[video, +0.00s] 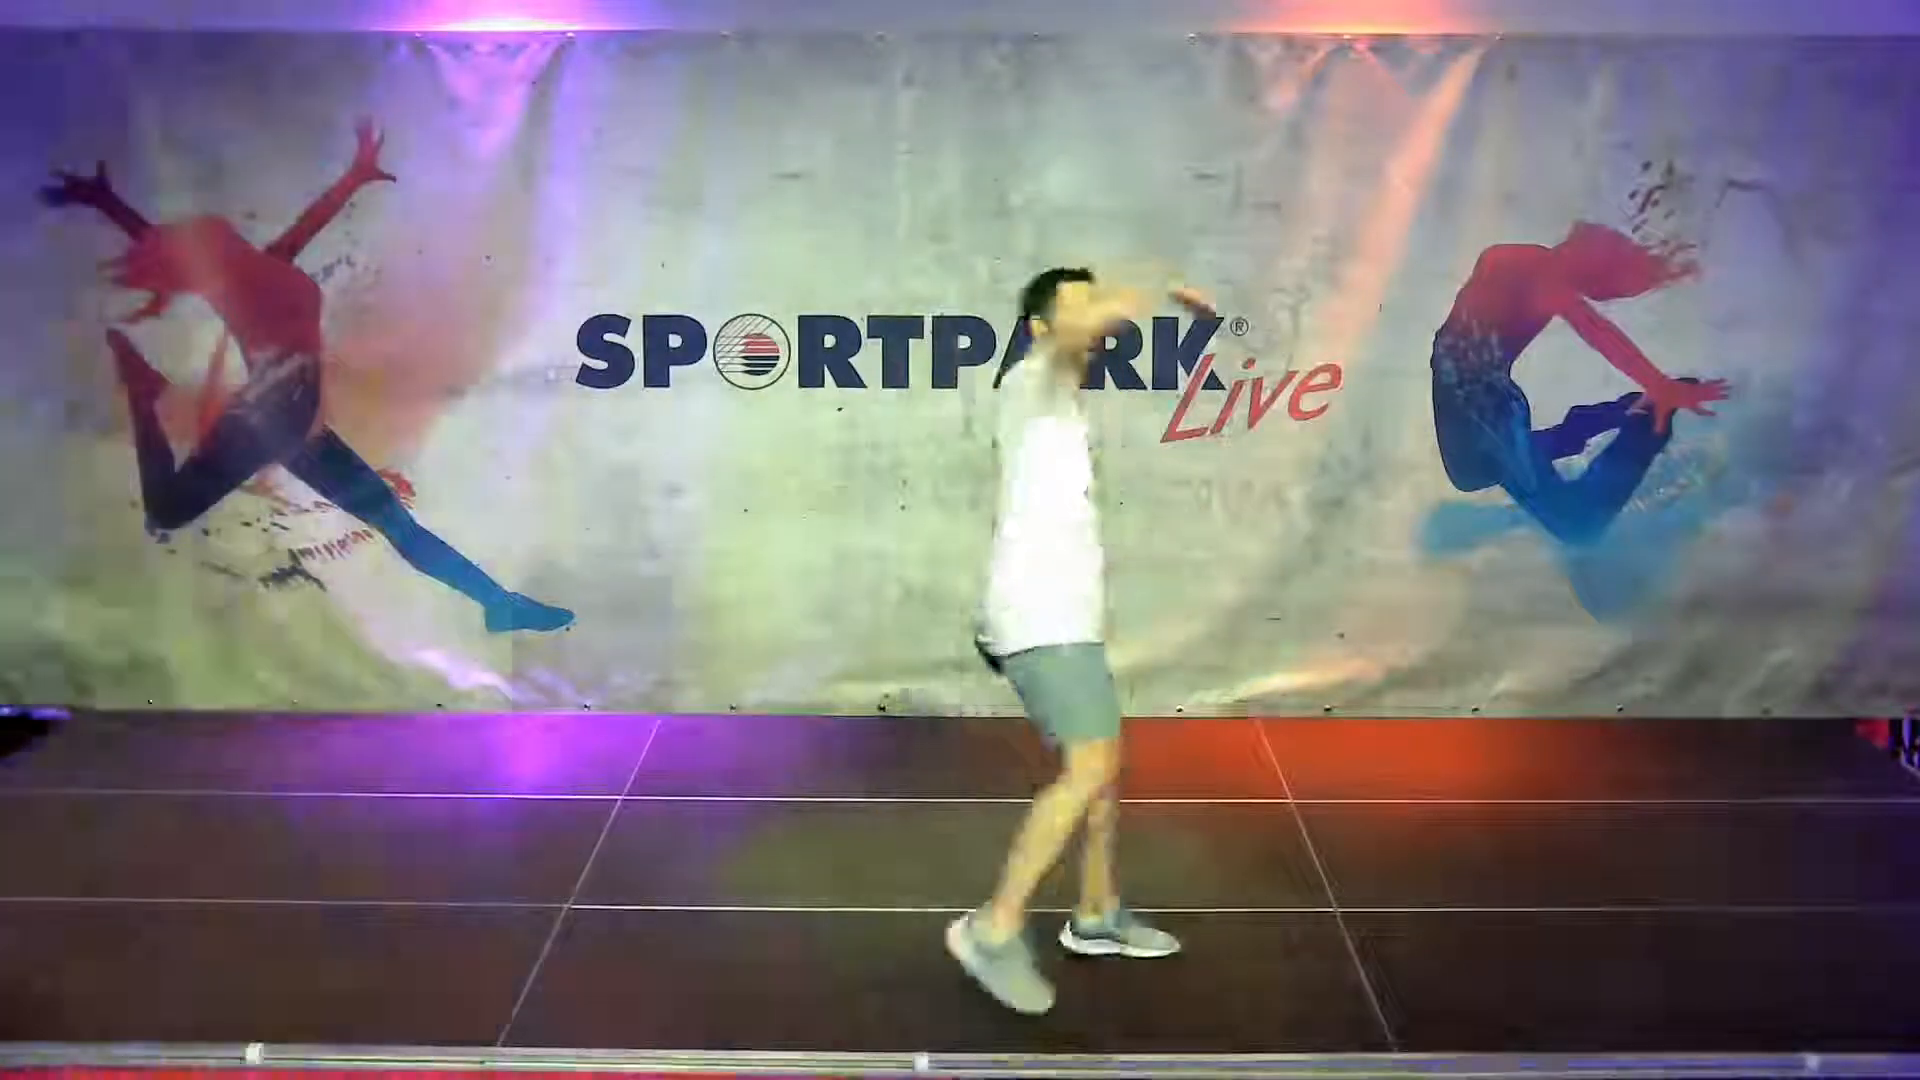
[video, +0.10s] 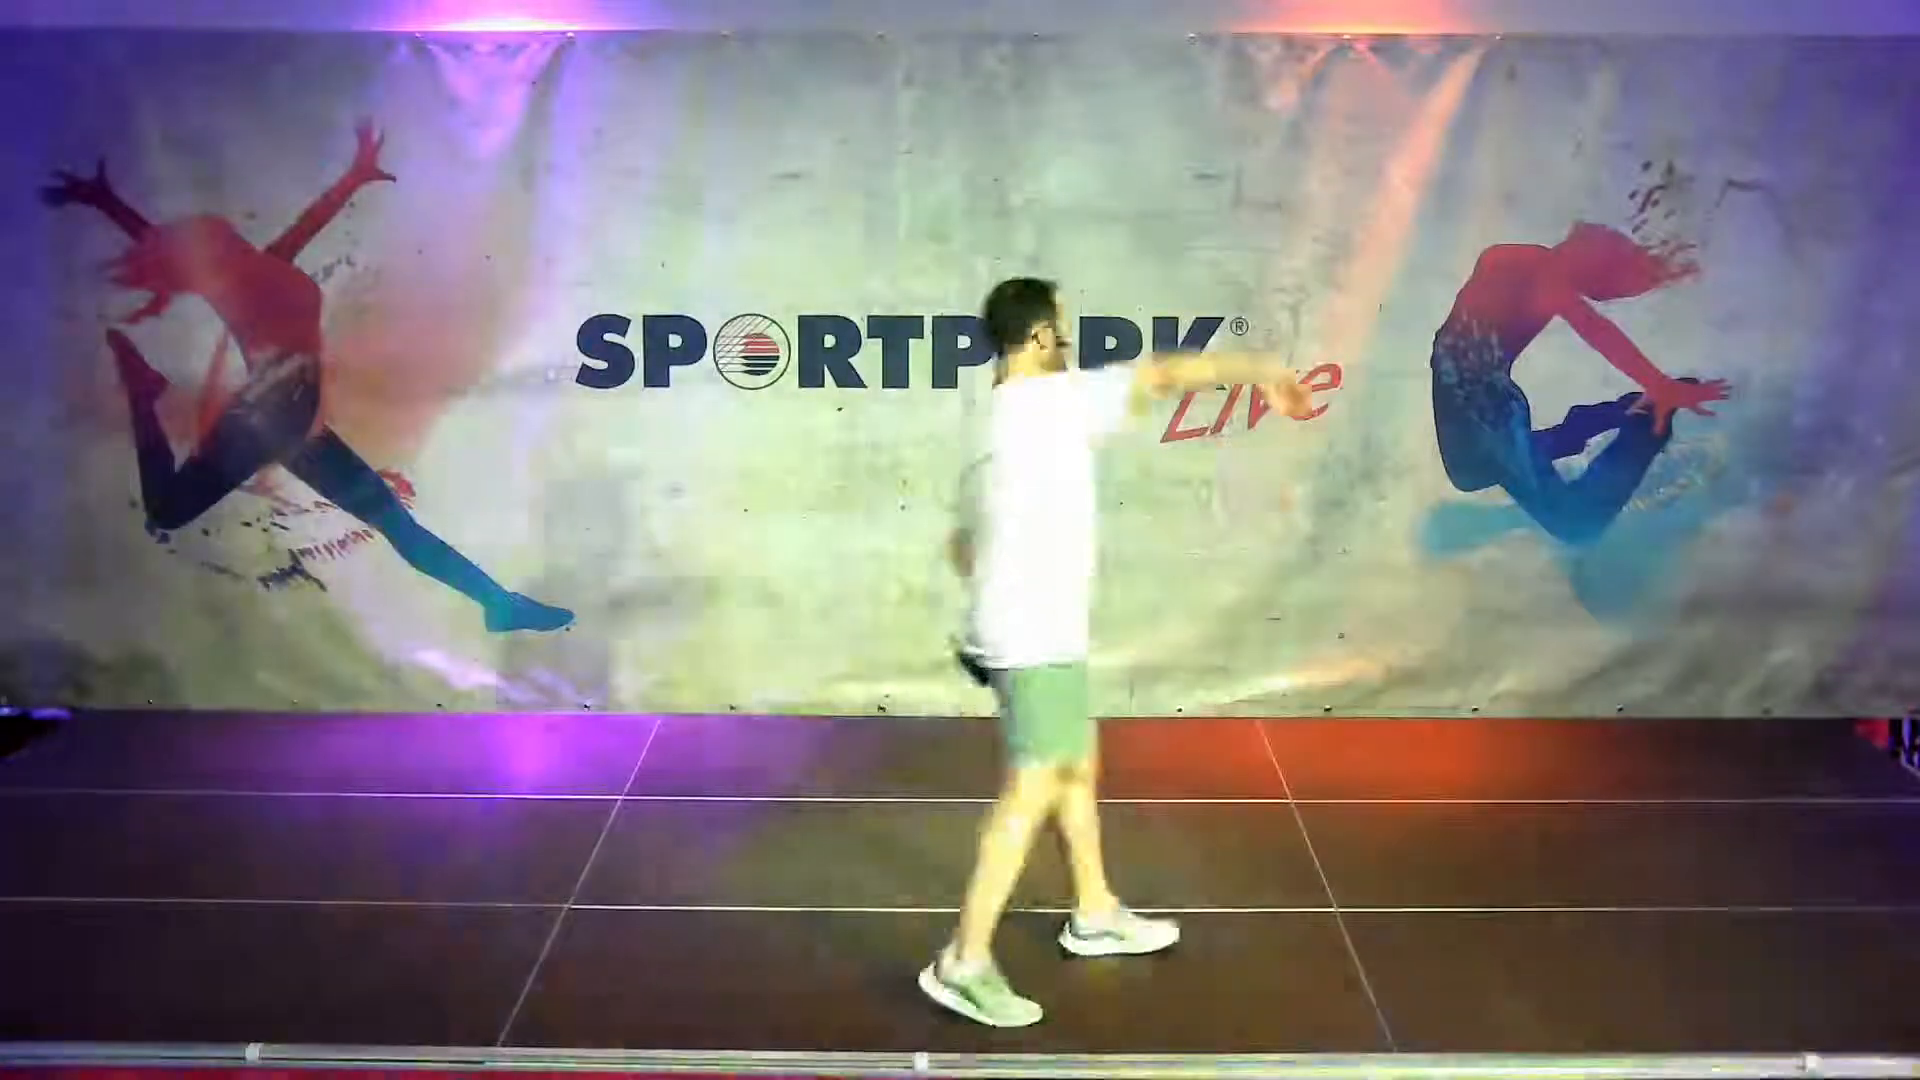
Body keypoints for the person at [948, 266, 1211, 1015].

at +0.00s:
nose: (1101, 321)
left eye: (1101, 307)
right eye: (1086, 307)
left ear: (1065, 326)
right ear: (1042, 323)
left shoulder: (1062, 397)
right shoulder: (1032, 385)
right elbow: (1085, 322)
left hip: (1065, 613)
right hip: (1035, 615)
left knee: (1102, 762)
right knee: (1088, 765)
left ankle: (1097, 913)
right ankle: (993, 928)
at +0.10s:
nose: (1068, 341)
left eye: (1064, 330)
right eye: (1063, 329)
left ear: (1002, 343)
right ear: (1043, 335)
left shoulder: (989, 415)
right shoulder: (1057, 396)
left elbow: (963, 542)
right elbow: (1164, 371)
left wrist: (998, 604)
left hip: (1023, 629)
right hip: (1038, 631)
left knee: (1076, 766)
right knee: (1033, 785)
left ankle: (1096, 912)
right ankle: (963, 958)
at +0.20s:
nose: (1025, 340)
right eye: (1026, 330)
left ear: (961, 347)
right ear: (1023, 338)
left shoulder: (938, 433)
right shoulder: (1062, 412)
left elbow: (888, 541)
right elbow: (1174, 440)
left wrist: (932, 624)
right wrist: (1255, 478)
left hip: (966, 635)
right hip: (1028, 635)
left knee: (1031, 780)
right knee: (1004, 792)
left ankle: (1083, 907)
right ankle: (958, 968)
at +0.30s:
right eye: (991, 326)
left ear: (934, 343)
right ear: (998, 338)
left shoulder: (906, 432)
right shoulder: (1039, 417)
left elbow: (849, 518)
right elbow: (1130, 496)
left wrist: (859, 623)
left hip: (935, 631)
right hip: (1010, 630)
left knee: (975, 772)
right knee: (1002, 788)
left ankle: (989, 916)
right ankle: (968, 964)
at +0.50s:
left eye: (897, 355)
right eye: (940, 355)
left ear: (888, 365)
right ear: (953, 364)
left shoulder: (856, 451)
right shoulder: (986, 449)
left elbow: (804, 560)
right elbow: (1024, 560)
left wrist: (841, 621)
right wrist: (982, 607)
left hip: (878, 645)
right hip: (967, 647)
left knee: (850, 786)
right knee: (988, 799)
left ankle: (840, 938)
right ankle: (984, 960)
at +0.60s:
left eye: (884, 346)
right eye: (934, 348)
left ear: (877, 355)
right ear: (944, 357)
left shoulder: (844, 434)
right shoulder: (976, 439)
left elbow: (803, 518)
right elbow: (1007, 516)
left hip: (863, 637)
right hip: (950, 640)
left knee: (836, 777)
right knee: (986, 780)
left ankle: (839, 936)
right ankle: (985, 899)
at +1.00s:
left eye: (889, 310)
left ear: (879, 323)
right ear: (941, 325)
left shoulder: (850, 375)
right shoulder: (956, 388)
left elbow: (855, 296)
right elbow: (973, 305)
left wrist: (898, 241)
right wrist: (940, 243)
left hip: (849, 575)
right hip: (926, 578)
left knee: (872, 739)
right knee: (922, 706)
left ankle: (894, 895)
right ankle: (919, 798)